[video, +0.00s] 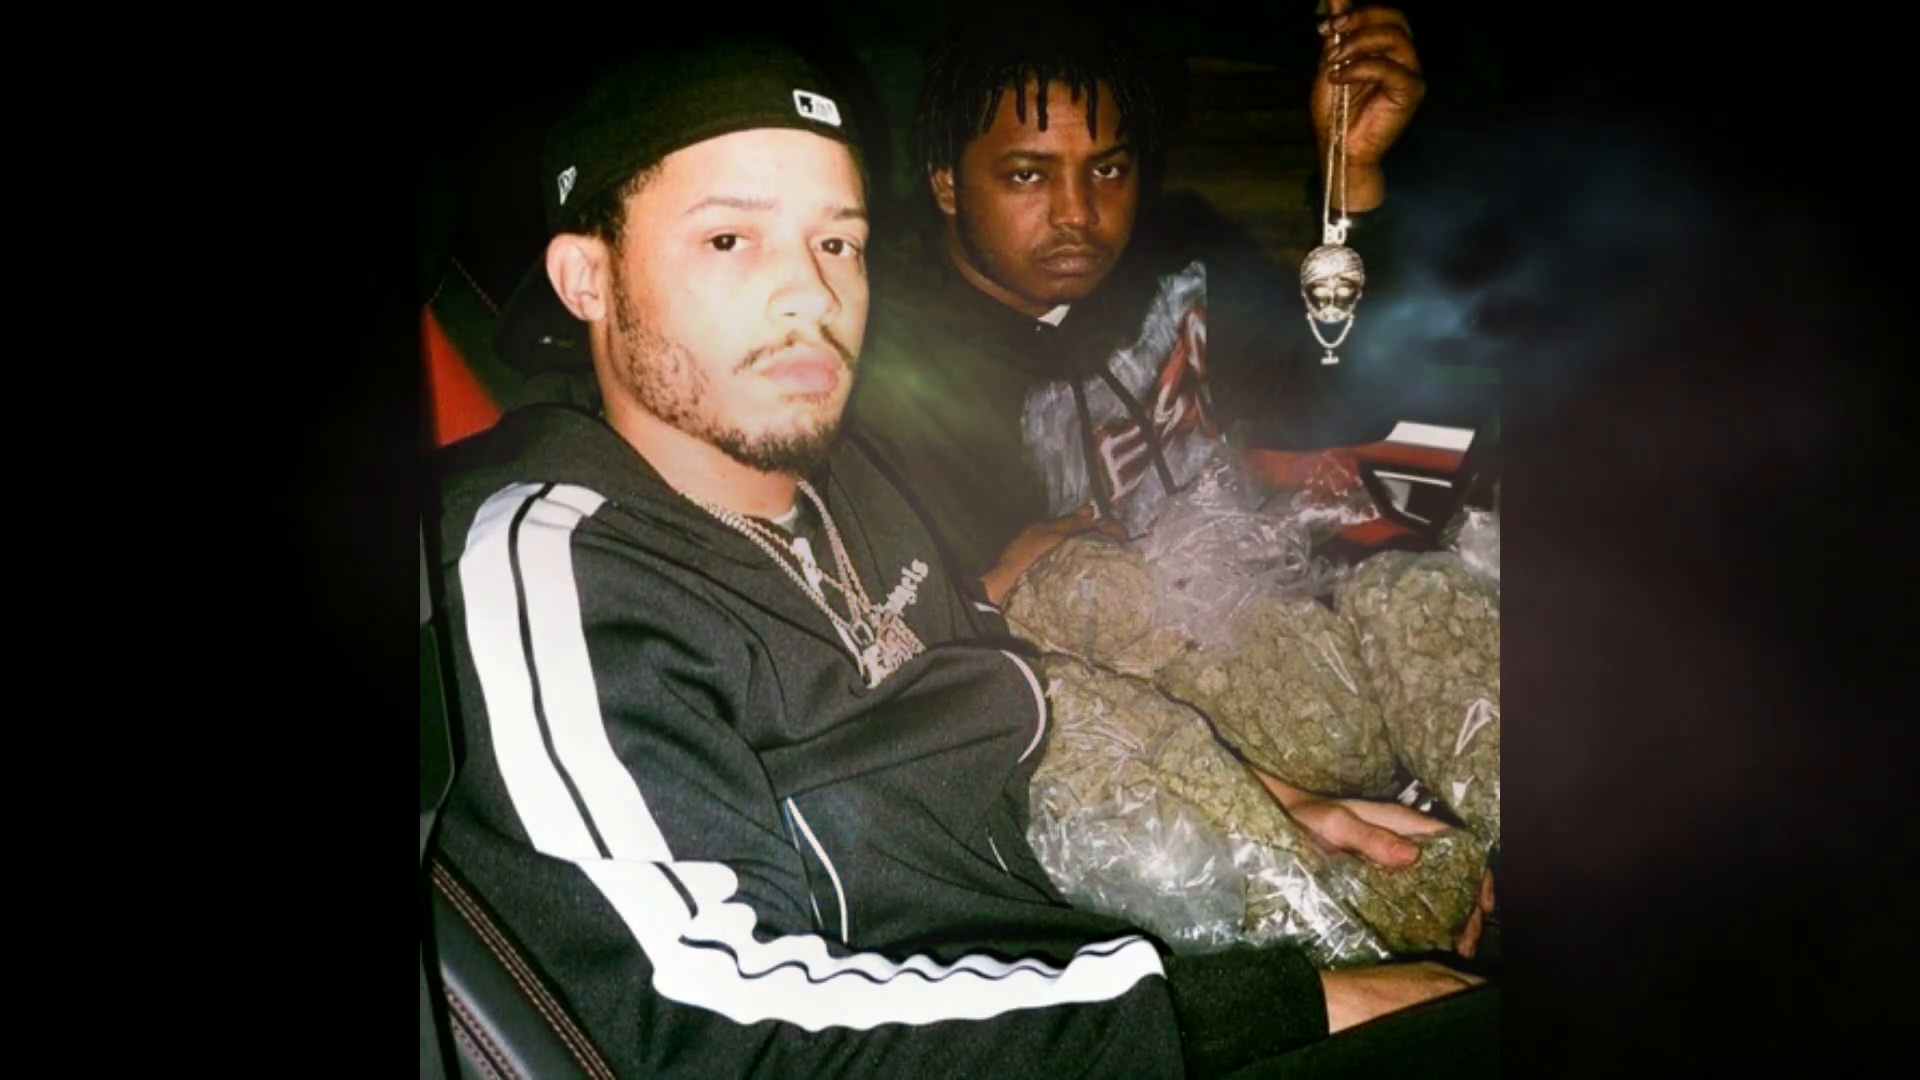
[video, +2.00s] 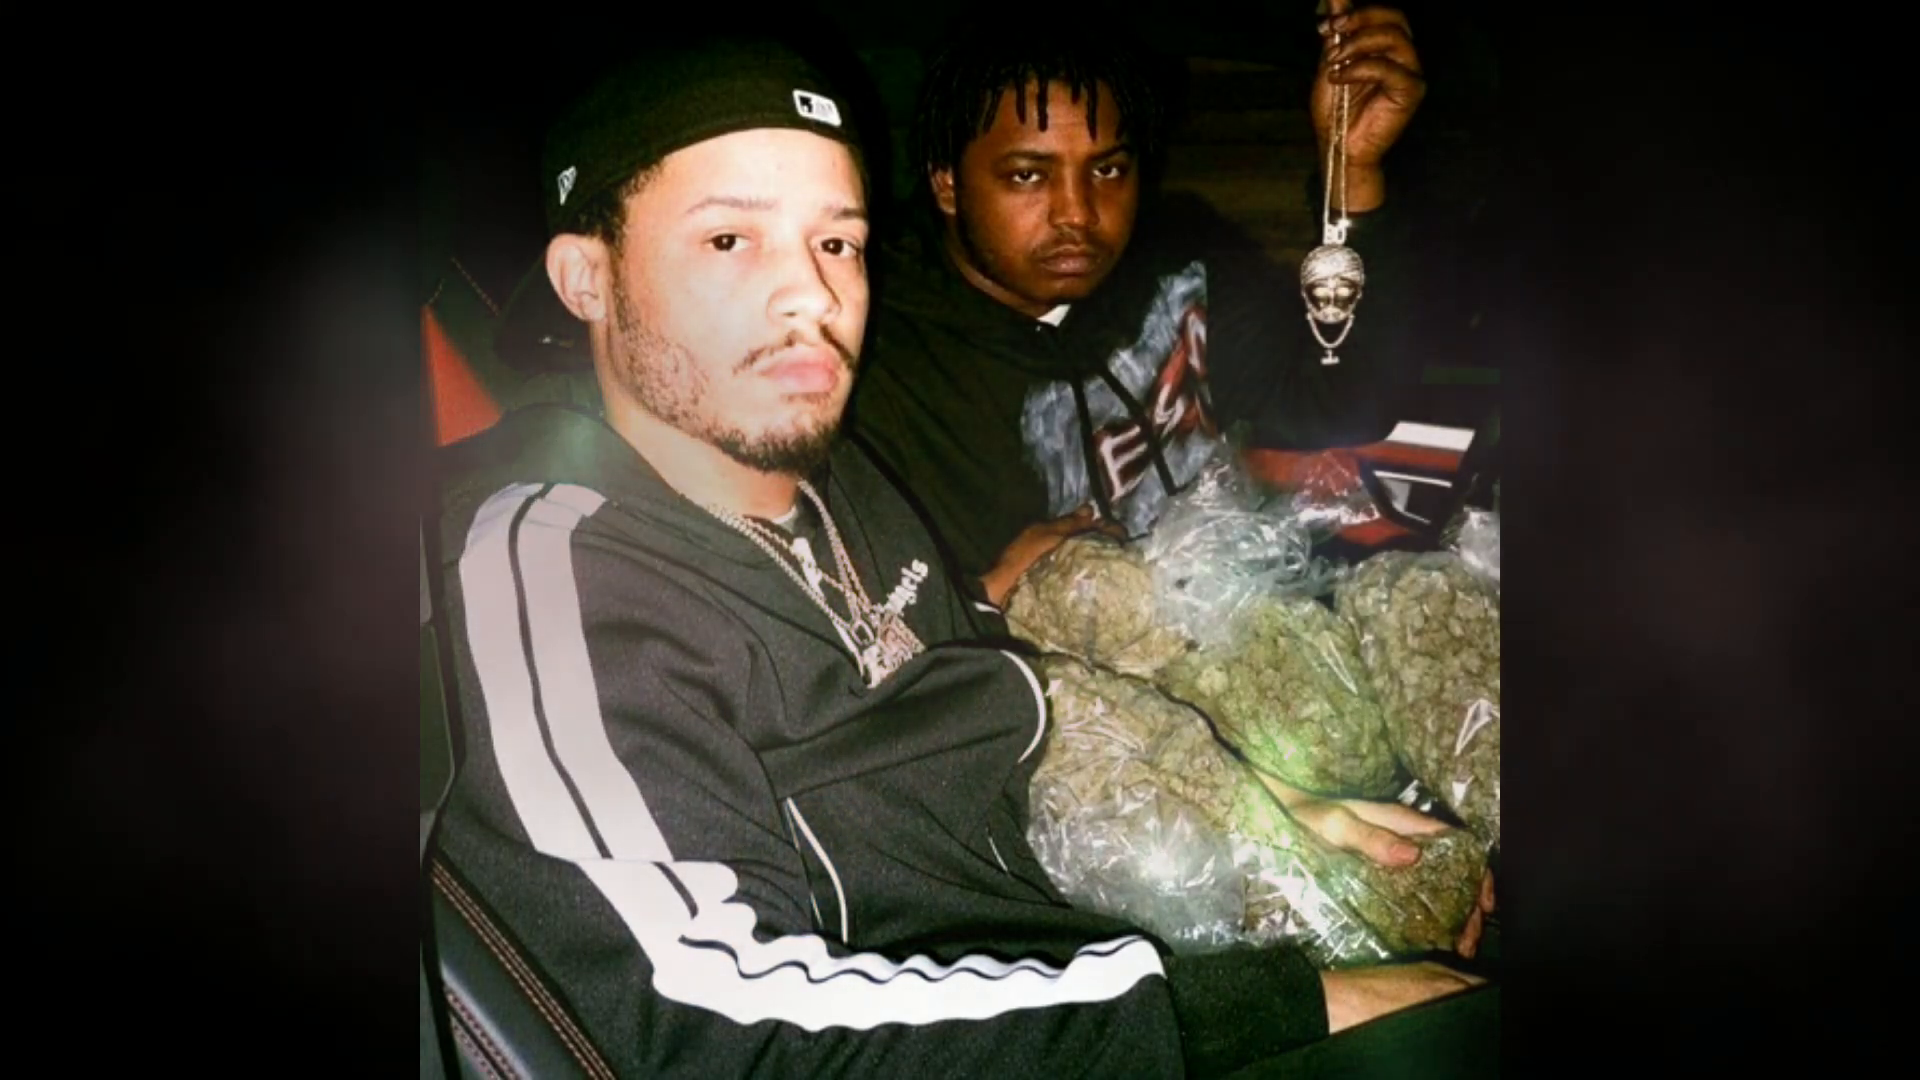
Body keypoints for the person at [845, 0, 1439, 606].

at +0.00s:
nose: (1077, 216)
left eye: (1108, 171)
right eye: (1028, 175)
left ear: (1140, 173)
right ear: (945, 187)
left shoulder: (1184, 257)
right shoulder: (897, 362)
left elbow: (1348, 413)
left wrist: (1352, 176)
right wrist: (991, 581)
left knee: (1425, 600)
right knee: (1074, 579)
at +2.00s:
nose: (1077, 217)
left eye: (1108, 171)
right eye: (1028, 176)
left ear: (1141, 172)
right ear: (946, 187)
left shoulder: (1180, 255)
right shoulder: (892, 373)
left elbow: (1345, 408)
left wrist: (1352, 171)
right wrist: (990, 594)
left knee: (1429, 604)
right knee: (1079, 581)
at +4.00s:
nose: (1077, 216)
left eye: (1108, 171)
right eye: (1028, 175)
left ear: (1142, 172)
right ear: (945, 187)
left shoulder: (1180, 256)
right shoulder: (892, 360)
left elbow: (1351, 409)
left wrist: (1352, 172)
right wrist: (992, 592)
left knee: (1424, 598)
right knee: (1079, 580)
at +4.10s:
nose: (1078, 216)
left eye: (1108, 171)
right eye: (1028, 175)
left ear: (1142, 173)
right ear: (945, 187)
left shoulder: (1180, 260)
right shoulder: (893, 358)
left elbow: (1352, 407)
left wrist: (1353, 171)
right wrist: (992, 590)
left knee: (1424, 596)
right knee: (1077, 579)